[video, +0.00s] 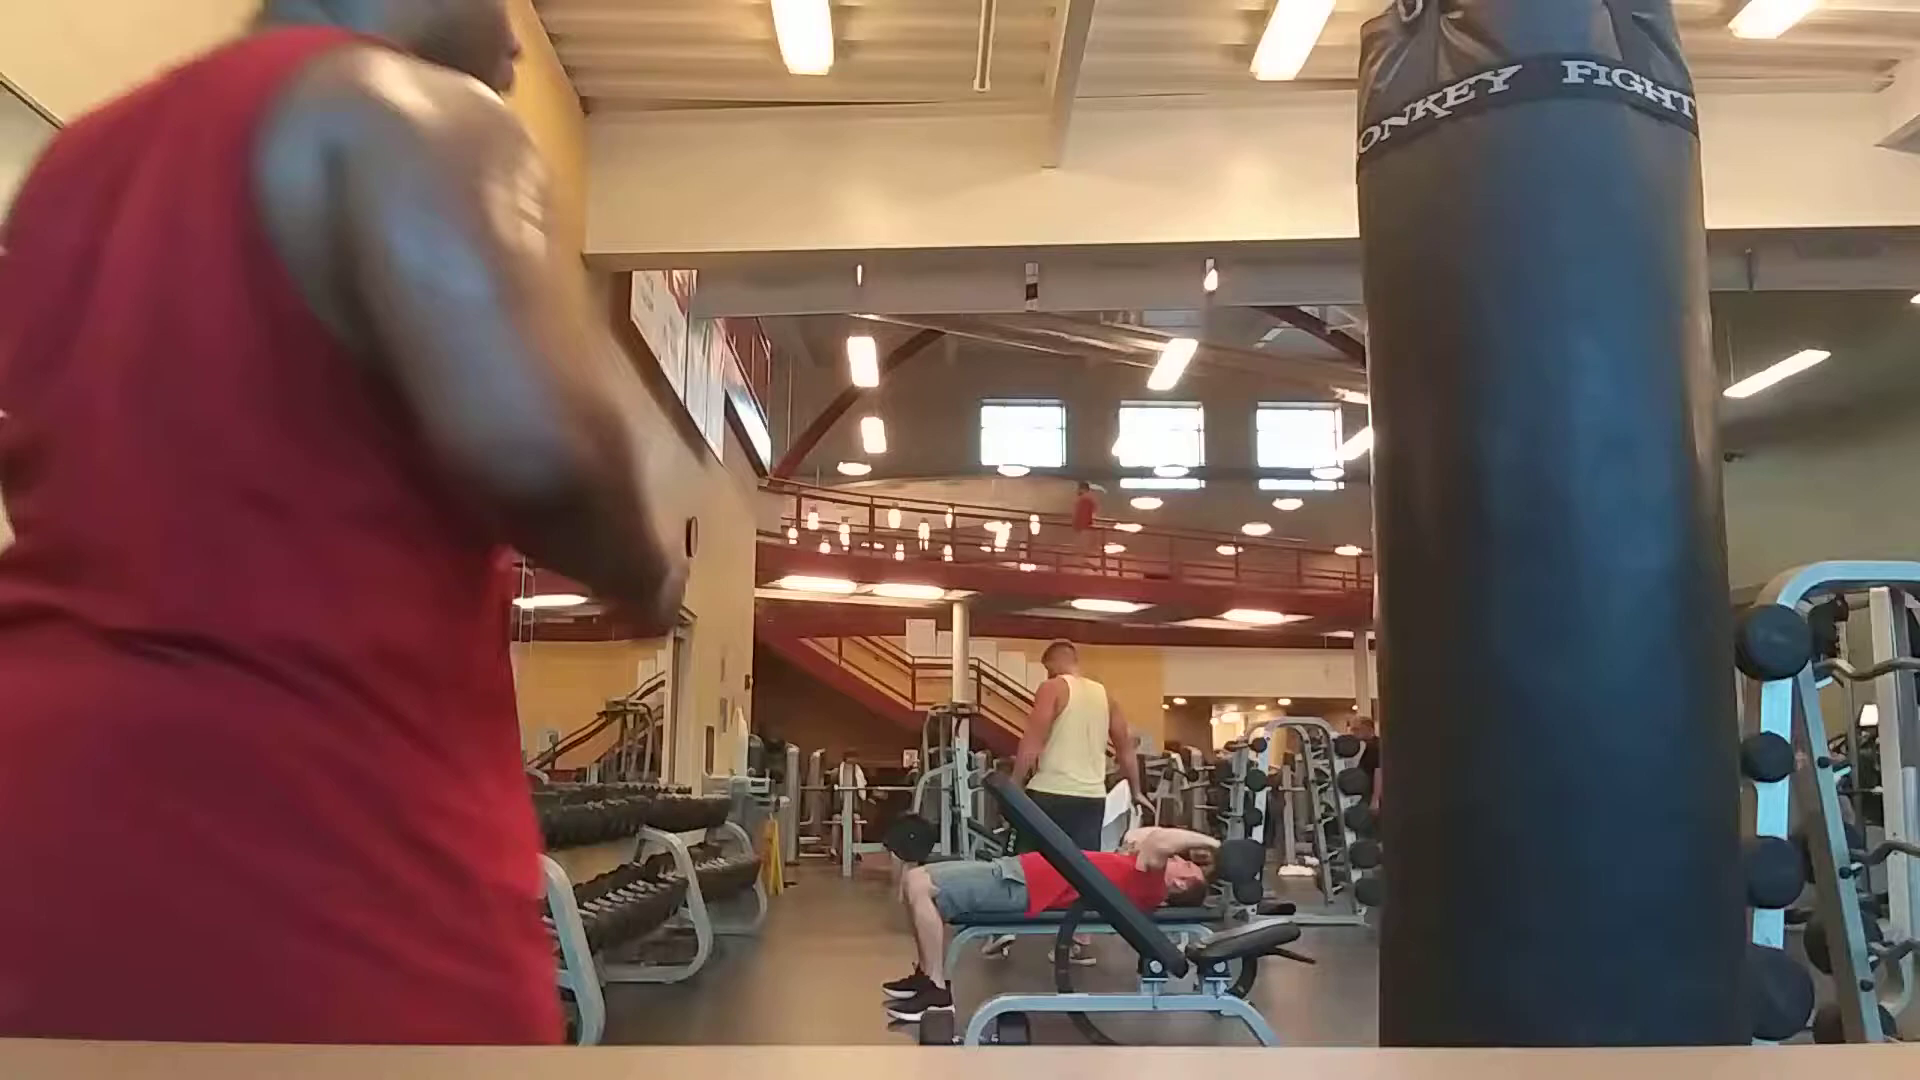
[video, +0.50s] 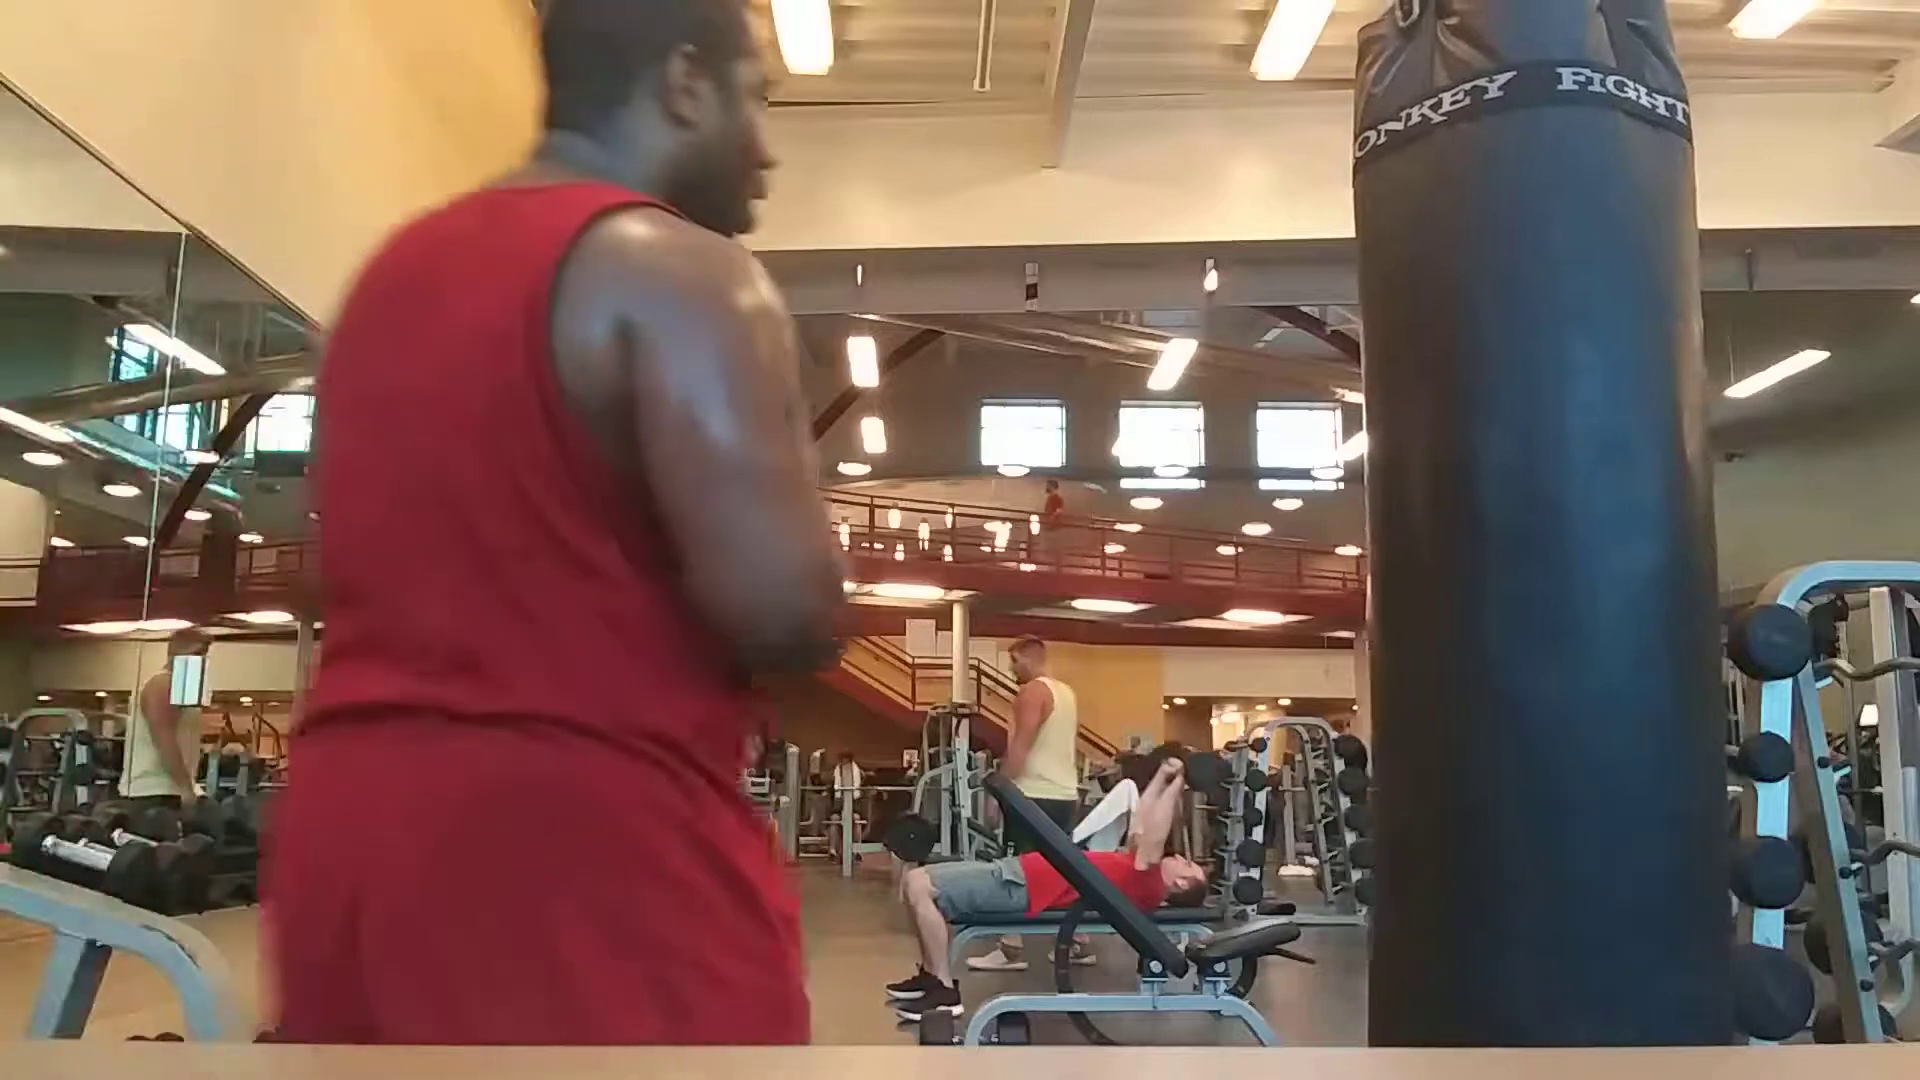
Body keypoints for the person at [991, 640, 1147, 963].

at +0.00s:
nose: (1048, 674)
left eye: (1047, 669)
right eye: (1047, 670)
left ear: (1051, 665)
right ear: (1076, 660)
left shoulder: (1052, 688)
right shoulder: (1104, 695)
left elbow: (1031, 744)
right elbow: (1125, 748)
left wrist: (1011, 790)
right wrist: (1136, 793)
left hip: (1047, 797)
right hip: (1090, 801)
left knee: (1023, 864)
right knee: (1083, 872)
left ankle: (1006, 930)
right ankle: (1076, 940)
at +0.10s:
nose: (1045, 671)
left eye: (1045, 666)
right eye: (1044, 666)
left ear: (1054, 660)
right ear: (1073, 658)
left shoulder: (1052, 688)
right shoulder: (1102, 695)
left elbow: (1032, 741)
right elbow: (1121, 748)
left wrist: (1012, 788)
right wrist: (1130, 795)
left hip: (1046, 797)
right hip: (1089, 801)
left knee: (1023, 866)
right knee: (1083, 872)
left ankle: (1006, 933)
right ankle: (1078, 941)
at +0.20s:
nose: (1037, 670)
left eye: (1038, 664)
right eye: (1036, 665)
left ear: (1050, 658)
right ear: (1067, 657)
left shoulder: (1049, 687)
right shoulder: (1097, 694)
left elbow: (1028, 749)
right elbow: (1111, 750)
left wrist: (1011, 791)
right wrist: (1112, 790)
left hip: (1045, 797)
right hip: (1086, 800)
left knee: (1020, 866)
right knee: (1081, 872)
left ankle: (1000, 937)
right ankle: (1079, 941)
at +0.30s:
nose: (1031, 671)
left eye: (1032, 664)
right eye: (1030, 665)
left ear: (1045, 658)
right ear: (1061, 656)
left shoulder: (1045, 688)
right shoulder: (1089, 692)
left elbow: (1029, 743)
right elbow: (1103, 741)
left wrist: (1010, 786)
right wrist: (1088, 775)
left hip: (1043, 797)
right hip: (1082, 799)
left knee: (1020, 868)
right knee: (1077, 870)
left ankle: (1001, 939)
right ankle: (1076, 939)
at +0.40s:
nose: (1023, 671)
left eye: (1024, 664)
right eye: (1022, 665)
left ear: (1035, 659)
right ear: (1052, 657)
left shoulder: (1039, 689)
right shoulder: (1078, 692)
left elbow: (1026, 745)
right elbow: (1085, 745)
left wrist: (1007, 782)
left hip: (1039, 798)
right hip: (1076, 801)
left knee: (1018, 872)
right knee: (1077, 871)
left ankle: (1002, 942)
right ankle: (1080, 940)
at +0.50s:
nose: (1013, 668)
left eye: (1014, 662)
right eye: (1012, 662)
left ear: (1027, 658)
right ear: (1041, 657)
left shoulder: (1032, 691)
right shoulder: (1066, 692)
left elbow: (1019, 749)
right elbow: (1067, 747)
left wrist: (999, 789)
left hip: (1031, 798)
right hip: (1064, 799)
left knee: (1018, 870)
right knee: (1066, 869)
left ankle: (1010, 945)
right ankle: (1078, 940)